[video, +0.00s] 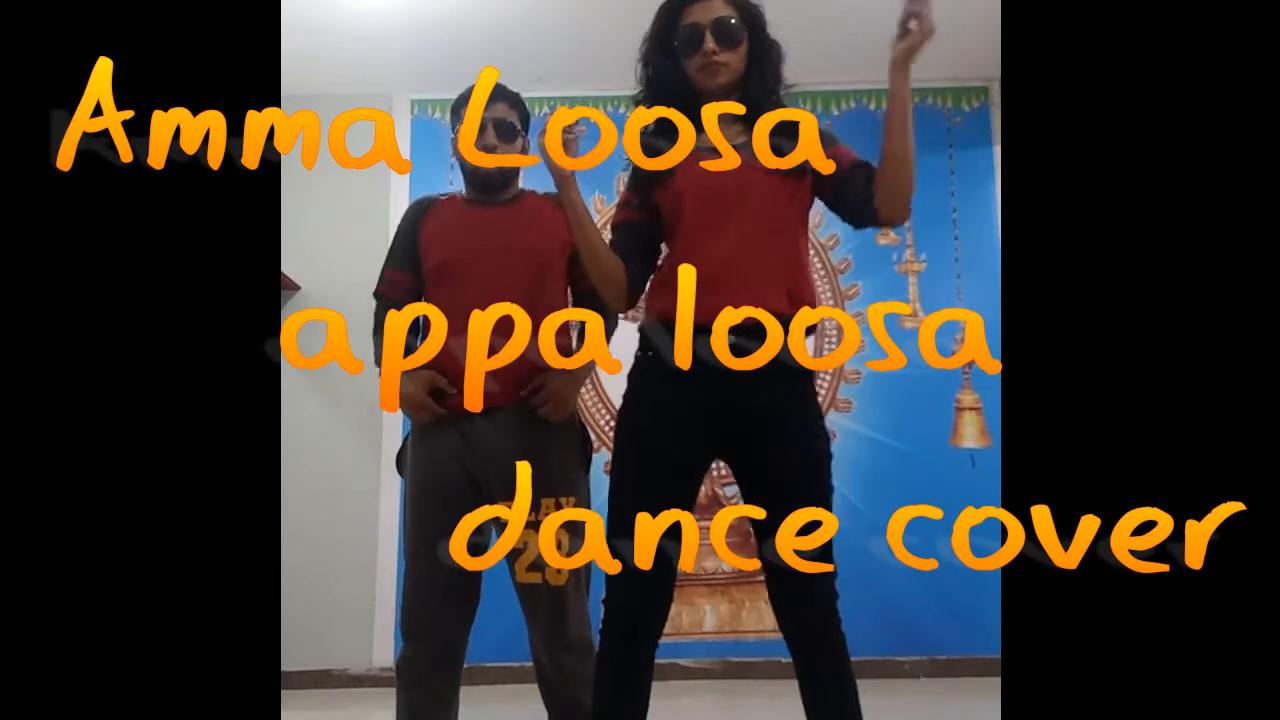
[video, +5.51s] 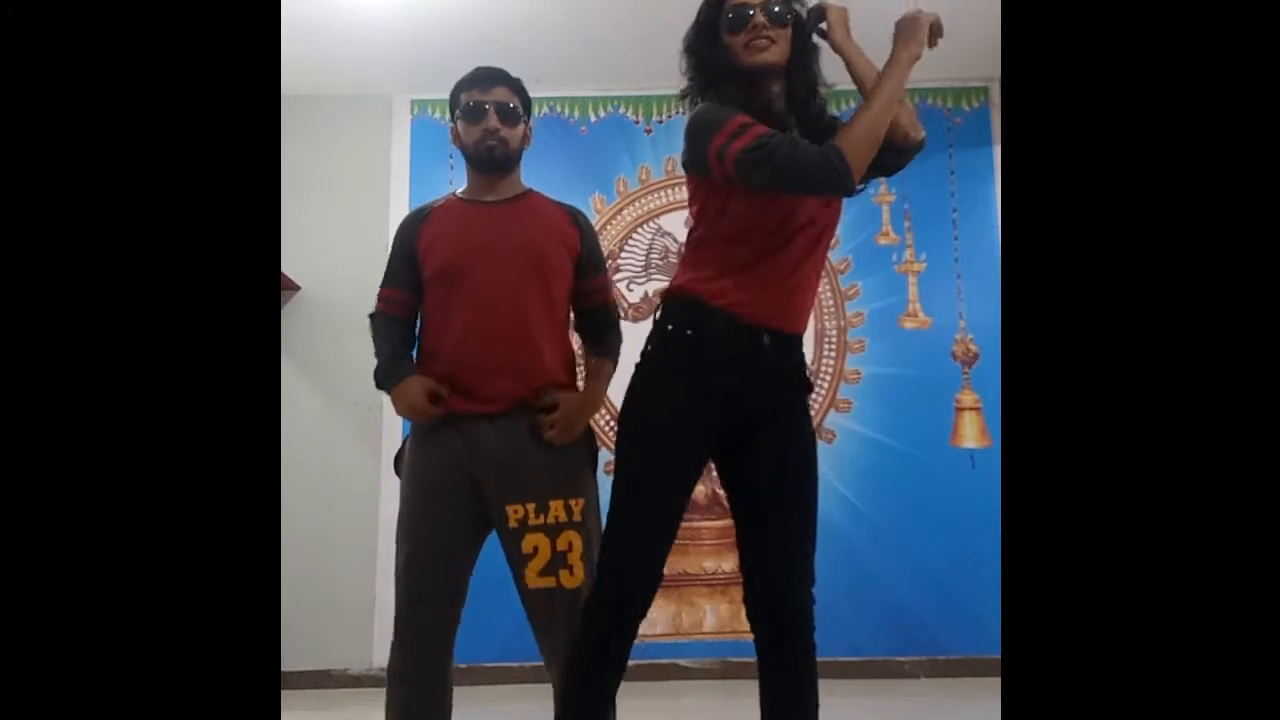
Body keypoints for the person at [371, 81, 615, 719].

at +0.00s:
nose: (493, 140)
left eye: (507, 131)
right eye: (478, 129)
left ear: (526, 145)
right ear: (456, 139)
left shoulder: (560, 216)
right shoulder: (423, 218)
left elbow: (600, 301)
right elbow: (389, 312)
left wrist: (576, 367)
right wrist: (399, 371)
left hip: (541, 433)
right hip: (445, 436)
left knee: (561, 621)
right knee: (431, 621)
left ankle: (578, 718)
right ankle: (424, 719)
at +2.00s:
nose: (493, 130)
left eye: (507, 120)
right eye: (477, 119)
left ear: (524, 136)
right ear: (454, 133)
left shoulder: (566, 225)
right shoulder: (420, 229)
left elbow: (601, 319)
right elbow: (385, 321)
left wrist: (588, 388)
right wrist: (393, 380)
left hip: (545, 441)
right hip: (444, 442)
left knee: (563, 624)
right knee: (433, 627)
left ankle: (580, 719)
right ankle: (425, 719)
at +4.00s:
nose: (488, 118)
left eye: (503, 106)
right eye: (472, 107)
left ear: (525, 123)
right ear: (451, 123)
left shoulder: (566, 215)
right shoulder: (415, 217)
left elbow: (608, 306)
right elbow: (383, 309)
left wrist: (590, 375)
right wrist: (397, 372)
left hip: (551, 436)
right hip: (447, 438)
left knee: (571, 625)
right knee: (432, 628)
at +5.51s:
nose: (492, 121)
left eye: (508, 112)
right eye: (474, 112)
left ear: (527, 132)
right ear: (454, 132)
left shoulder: (569, 224)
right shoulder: (421, 226)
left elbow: (602, 324)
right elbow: (391, 319)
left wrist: (589, 397)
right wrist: (397, 378)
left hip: (546, 442)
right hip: (443, 443)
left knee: (573, 624)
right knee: (420, 624)